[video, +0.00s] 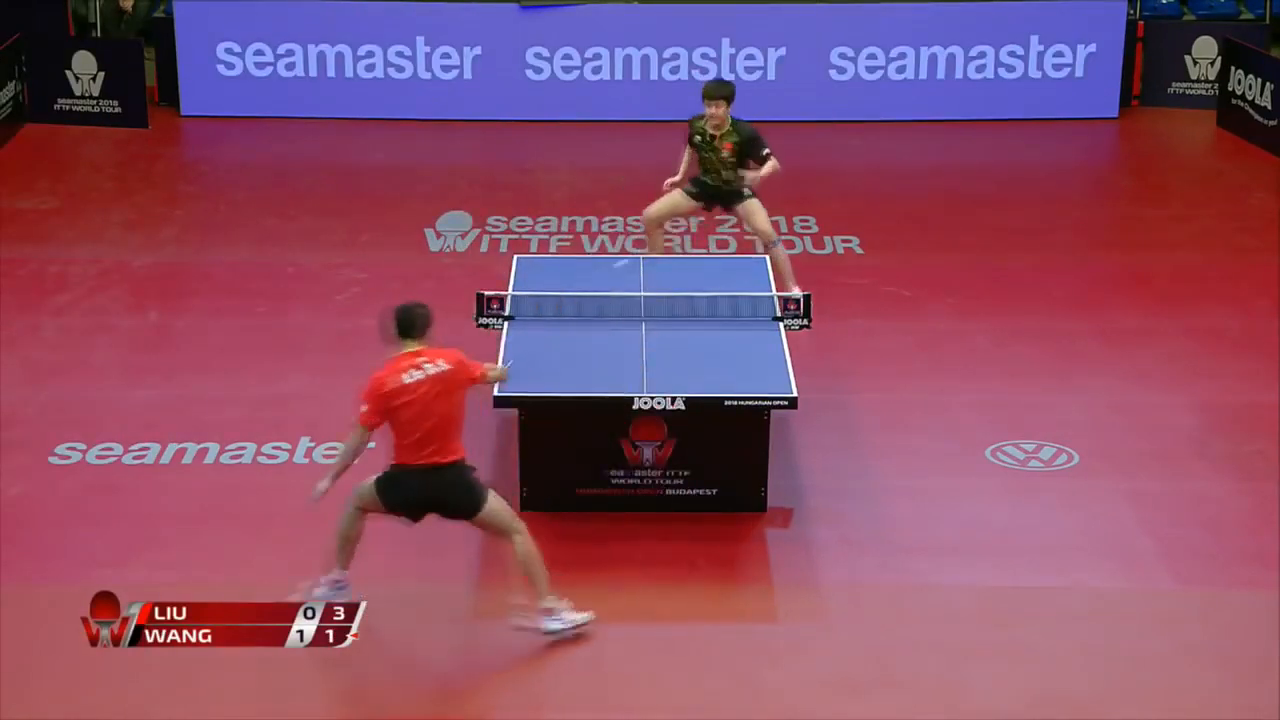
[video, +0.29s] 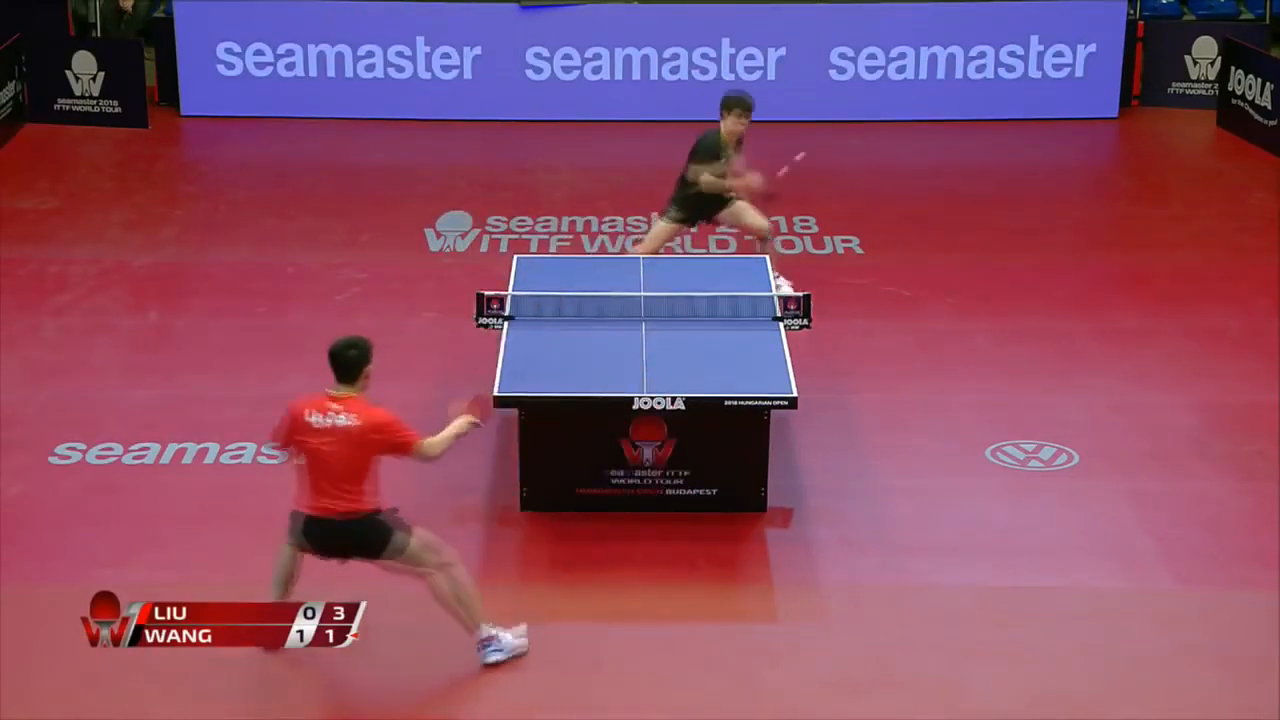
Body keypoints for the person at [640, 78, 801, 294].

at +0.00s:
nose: (713, 111)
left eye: (718, 106)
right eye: (709, 106)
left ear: (728, 107)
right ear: (704, 106)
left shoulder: (743, 132)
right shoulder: (696, 126)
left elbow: (772, 163)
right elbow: (690, 148)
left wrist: (758, 175)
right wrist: (680, 175)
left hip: (736, 191)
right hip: (703, 188)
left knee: (766, 232)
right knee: (651, 217)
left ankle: (791, 290)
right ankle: (655, 274)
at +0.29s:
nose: (742, 124)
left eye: (746, 119)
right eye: (738, 117)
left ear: (749, 122)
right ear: (724, 116)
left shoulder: (738, 144)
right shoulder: (707, 142)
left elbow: (725, 172)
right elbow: (696, 177)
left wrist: (744, 180)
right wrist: (737, 184)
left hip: (718, 201)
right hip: (688, 203)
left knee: (763, 228)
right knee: (645, 250)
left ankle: (771, 278)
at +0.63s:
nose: (698, 69)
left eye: (702, 64)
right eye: (694, 63)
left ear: (708, 65)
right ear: (684, 65)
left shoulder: (717, 85)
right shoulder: (675, 92)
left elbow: (729, 68)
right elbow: (660, 118)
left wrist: (707, 41)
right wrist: (644, 120)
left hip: (717, 163)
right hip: (684, 162)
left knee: (751, 221)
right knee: (641, 210)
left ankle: (769, 275)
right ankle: (620, 259)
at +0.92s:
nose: (647, 83)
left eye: (652, 78)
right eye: (643, 77)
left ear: (659, 80)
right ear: (635, 78)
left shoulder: (670, 105)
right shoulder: (622, 103)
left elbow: (701, 128)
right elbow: (618, 128)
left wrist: (695, 130)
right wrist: (614, 131)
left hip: (670, 171)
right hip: (640, 169)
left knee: (697, 219)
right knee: (600, 208)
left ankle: (729, 260)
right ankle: (628, 253)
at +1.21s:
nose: (595, 83)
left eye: (599, 79)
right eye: (591, 78)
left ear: (605, 82)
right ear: (583, 80)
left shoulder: (611, 112)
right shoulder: (563, 109)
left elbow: (616, 143)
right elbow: (532, 140)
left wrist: (633, 173)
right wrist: (555, 163)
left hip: (593, 169)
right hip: (560, 169)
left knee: (618, 221)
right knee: (522, 220)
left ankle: (607, 246)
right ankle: (489, 254)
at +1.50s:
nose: (508, 98)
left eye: (512, 93)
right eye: (503, 92)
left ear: (517, 95)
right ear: (493, 93)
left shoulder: (499, 118)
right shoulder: (490, 116)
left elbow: (492, 156)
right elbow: (522, 145)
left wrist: (510, 178)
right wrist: (552, 145)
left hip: (485, 174)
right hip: (459, 176)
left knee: (534, 201)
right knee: (432, 223)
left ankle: (514, 244)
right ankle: (396, 254)